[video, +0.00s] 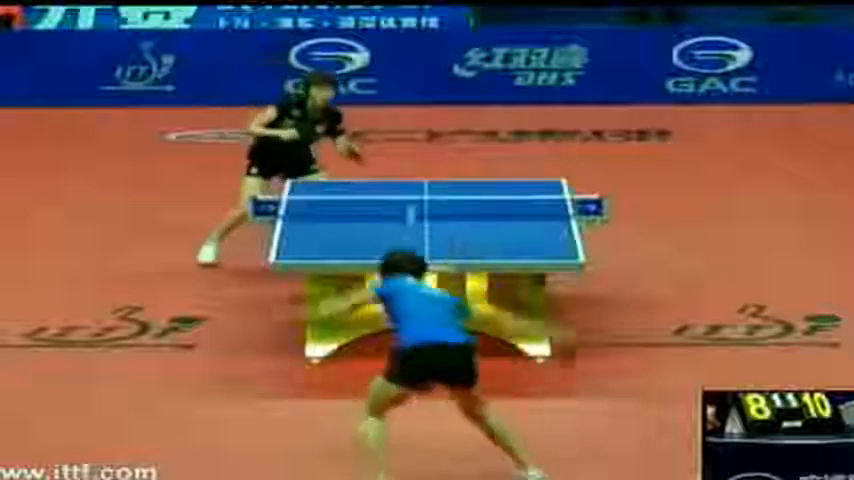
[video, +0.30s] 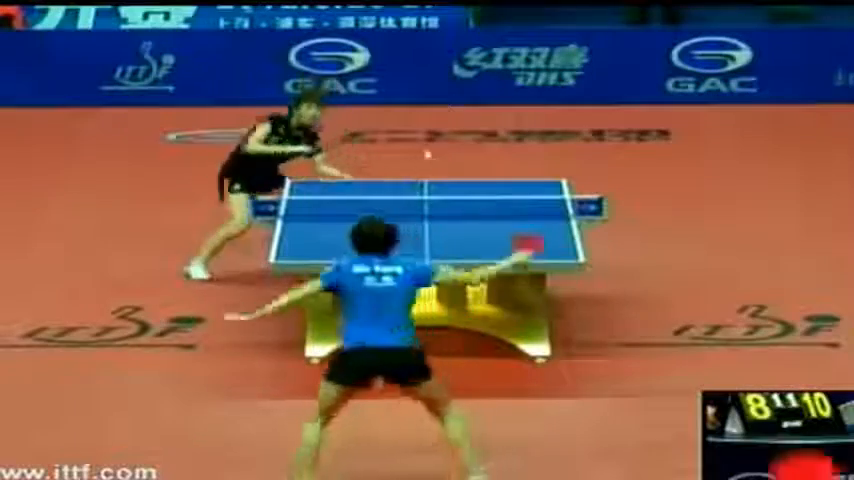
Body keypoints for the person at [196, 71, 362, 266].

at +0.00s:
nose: (324, 96)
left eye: (328, 91)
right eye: (320, 90)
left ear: (333, 94)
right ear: (309, 90)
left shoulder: (331, 117)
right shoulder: (287, 106)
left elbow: (340, 142)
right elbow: (253, 128)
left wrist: (349, 150)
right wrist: (280, 133)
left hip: (298, 159)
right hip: (266, 158)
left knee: (327, 196)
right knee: (250, 207)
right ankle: (213, 241)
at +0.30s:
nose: (314, 114)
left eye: (316, 109)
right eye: (309, 108)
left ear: (319, 113)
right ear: (297, 109)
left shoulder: (310, 138)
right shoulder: (273, 124)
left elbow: (320, 167)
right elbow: (250, 147)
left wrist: (342, 176)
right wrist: (288, 149)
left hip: (268, 176)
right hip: (240, 173)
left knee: (298, 207)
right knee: (241, 221)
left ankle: (296, 261)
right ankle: (198, 263)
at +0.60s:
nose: (343, 108)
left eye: (343, 103)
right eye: (339, 102)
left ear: (322, 103)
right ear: (324, 102)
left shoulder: (305, 114)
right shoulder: (318, 120)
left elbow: (282, 118)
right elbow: (322, 137)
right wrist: (343, 151)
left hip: (280, 169)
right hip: (261, 171)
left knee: (313, 195)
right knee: (261, 224)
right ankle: (201, 259)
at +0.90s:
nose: (317, 64)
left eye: (320, 58)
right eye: (313, 58)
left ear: (322, 60)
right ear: (301, 58)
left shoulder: (326, 79)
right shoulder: (277, 77)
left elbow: (339, 62)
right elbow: (233, 97)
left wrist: (316, 43)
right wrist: (252, 86)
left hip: (320, 145)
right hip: (285, 145)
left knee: (346, 191)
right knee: (257, 188)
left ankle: (349, 235)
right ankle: (230, 223)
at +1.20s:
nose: (276, 86)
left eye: (280, 80)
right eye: (271, 81)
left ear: (287, 81)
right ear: (264, 84)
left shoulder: (300, 99)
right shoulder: (263, 104)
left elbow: (322, 118)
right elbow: (249, 127)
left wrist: (298, 113)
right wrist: (249, 119)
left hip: (312, 160)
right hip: (279, 162)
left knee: (335, 191)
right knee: (259, 194)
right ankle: (256, 238)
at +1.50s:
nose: (348, 93)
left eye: (352, 88)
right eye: (344, 88)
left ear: (359, 90)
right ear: (335, 88)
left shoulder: (363, 111)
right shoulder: (318, 106)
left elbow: (375, 133)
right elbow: (283, 123)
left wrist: (381, 143)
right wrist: (305, 136)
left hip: (345, 161)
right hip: (310, 163)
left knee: (372, 195)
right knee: (288, 202)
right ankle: (252, 235)